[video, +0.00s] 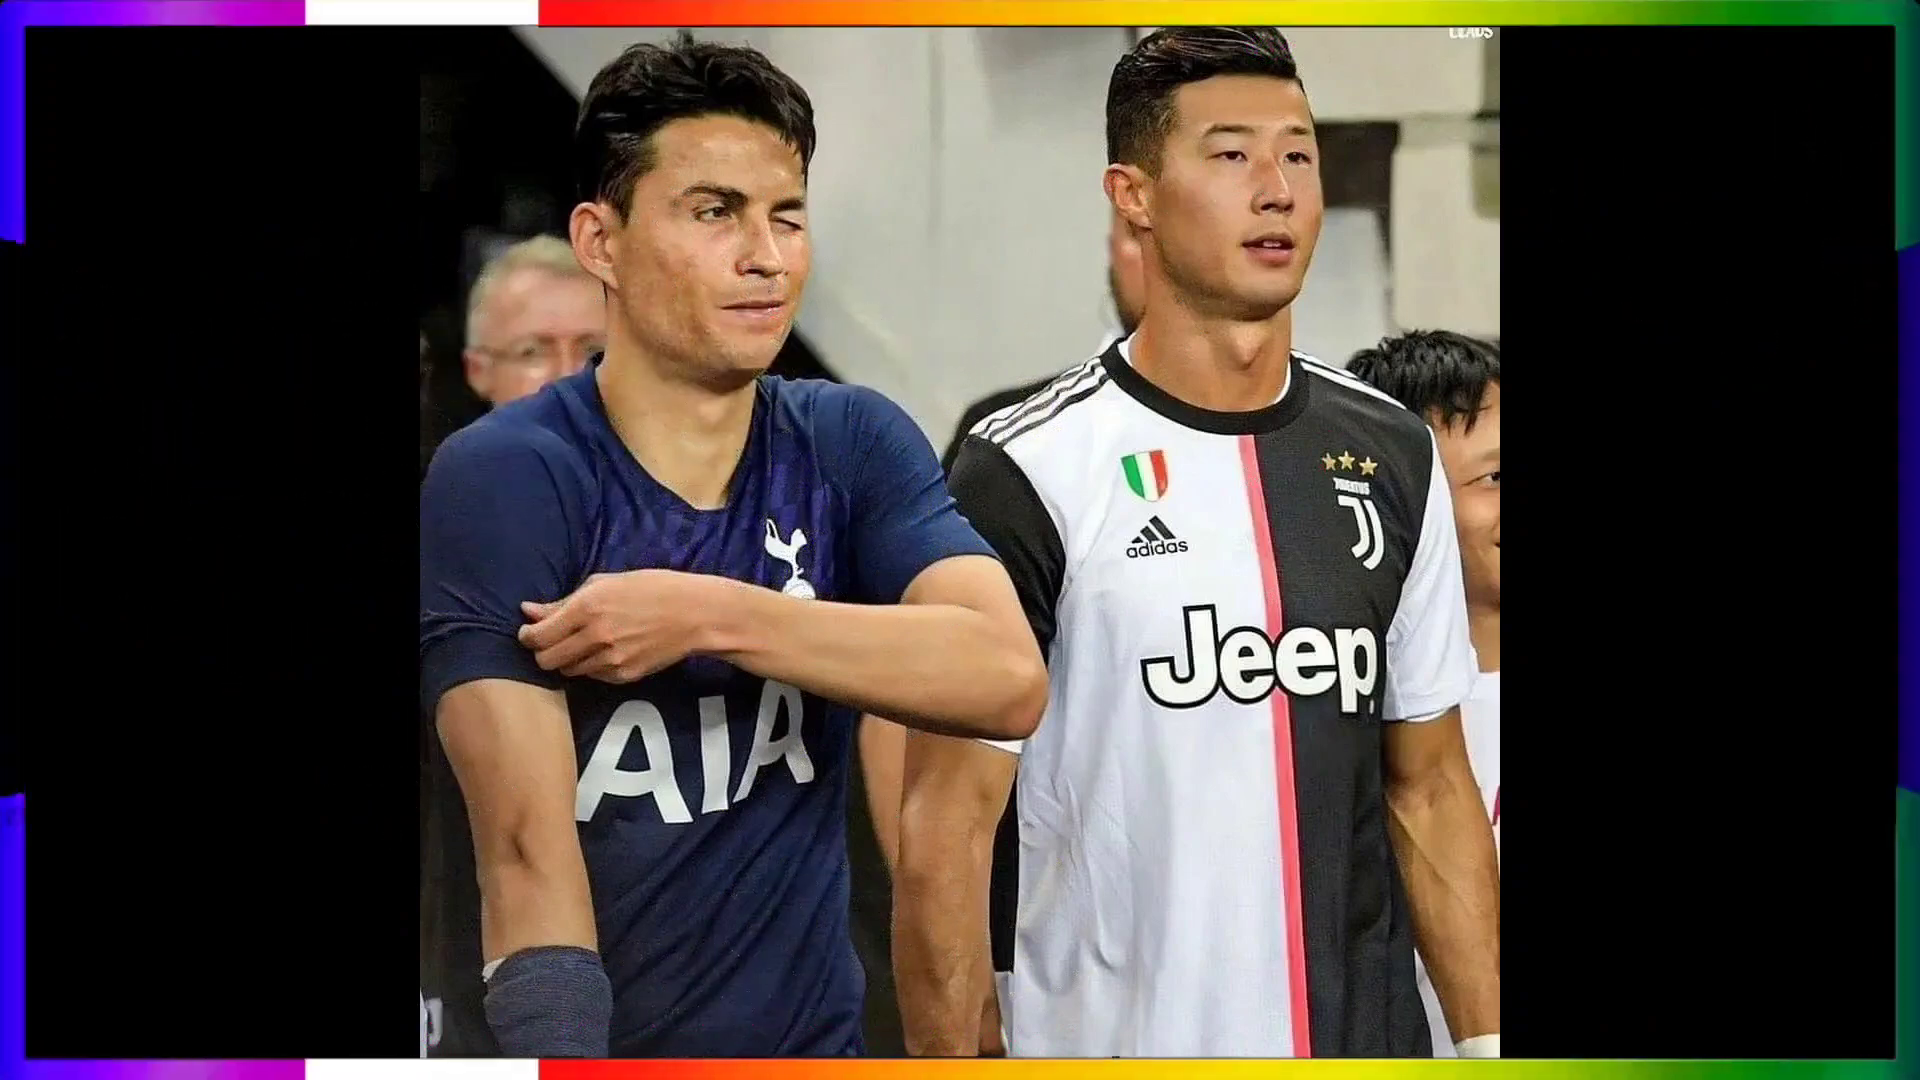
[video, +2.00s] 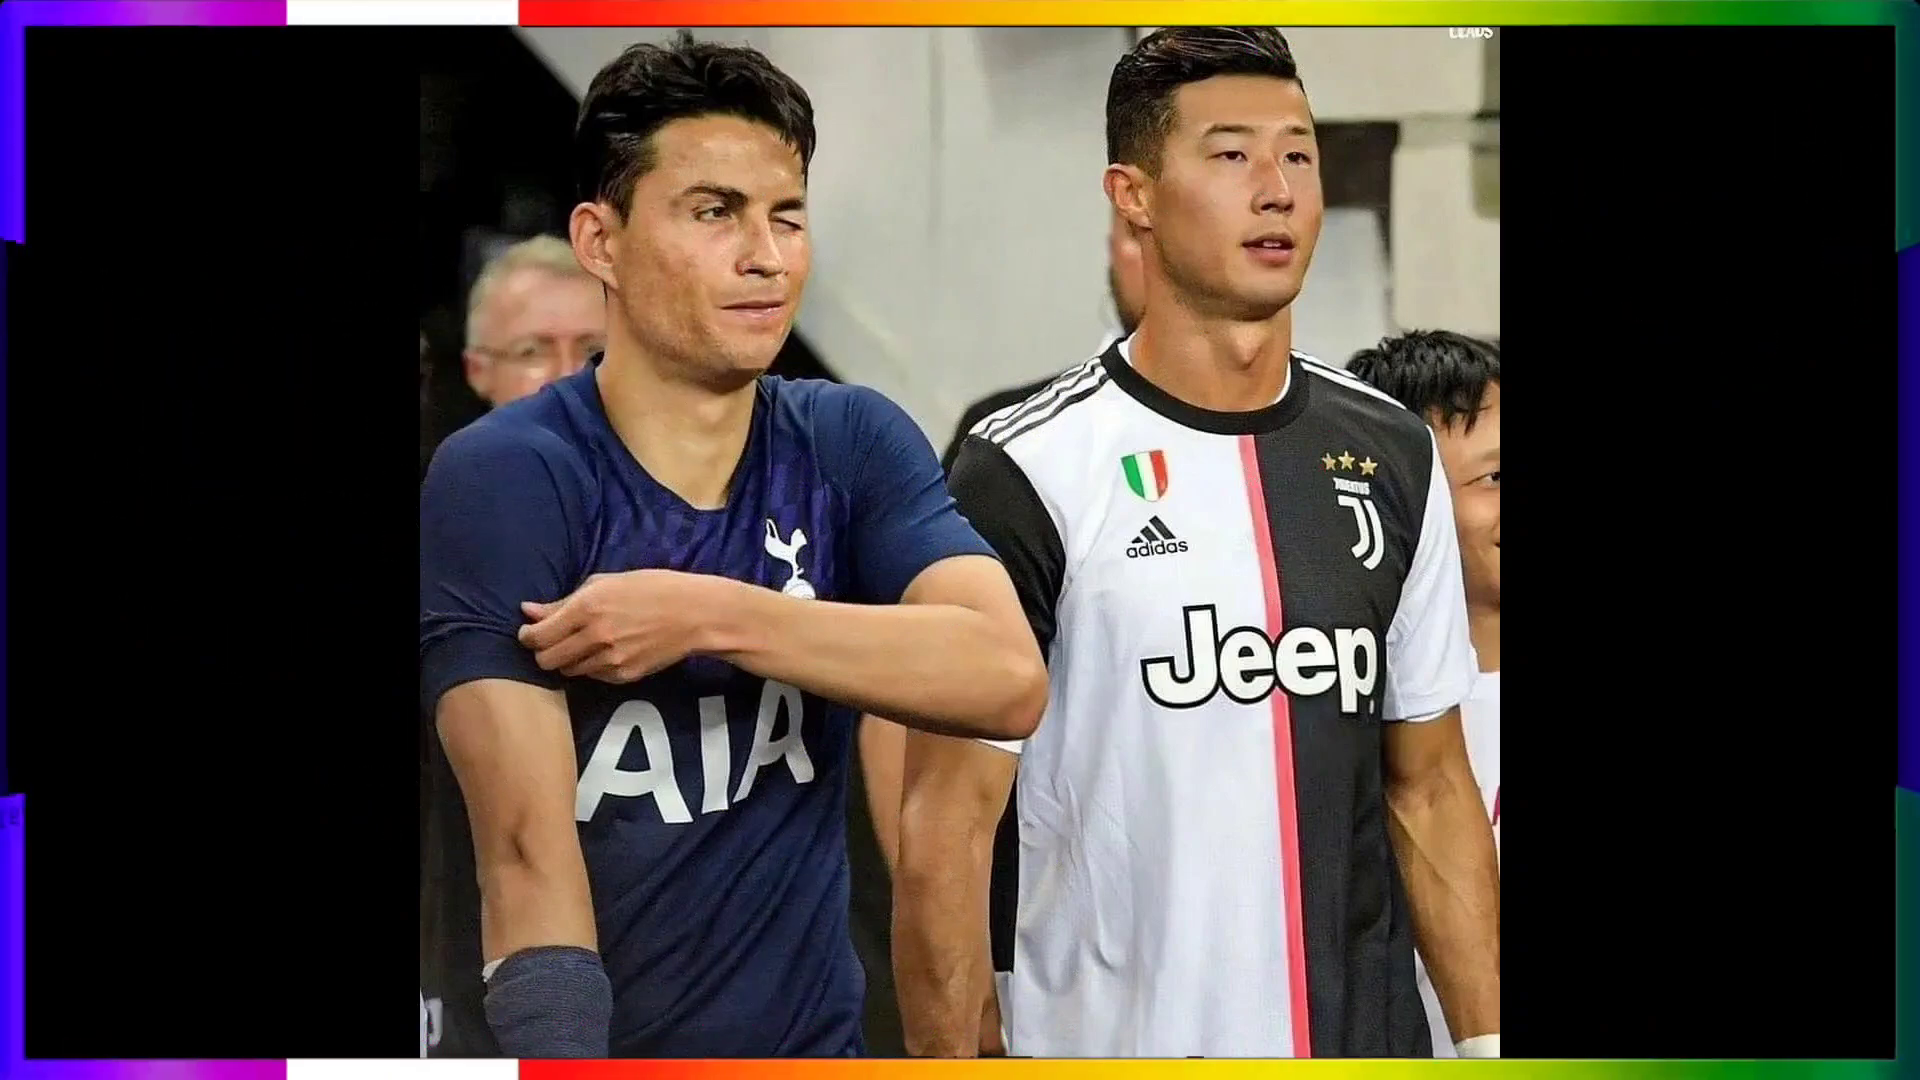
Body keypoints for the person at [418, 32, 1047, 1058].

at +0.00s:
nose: (765, 257)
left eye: (785, 217)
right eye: (712, 212)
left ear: (809, 236)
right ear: (601, 242)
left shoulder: (857, 439)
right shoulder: (500, 476)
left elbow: (1009, 680)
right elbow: (525, 850)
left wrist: (713, 613)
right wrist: (559, 1058)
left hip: (810, 1040)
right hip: (599, 1036)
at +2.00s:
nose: (765, 257)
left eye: (785, 217)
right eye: (712, 212)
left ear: (809, 235)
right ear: (601, 242)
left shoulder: (856, 439)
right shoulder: (500, 476)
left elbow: (1009, 681)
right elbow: (525, 851)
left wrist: (714, 613)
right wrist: (560, 1059)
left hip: (810, 1041)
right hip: (599, 1037)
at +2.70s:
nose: (765, 257)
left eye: (785, 217)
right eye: (712, 212)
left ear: (809, 236)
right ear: (601, 242)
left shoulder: (856, 439)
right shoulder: (499, 477)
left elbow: (1009, 680)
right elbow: (525, 851)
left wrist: (713, 613)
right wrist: (560, 1059)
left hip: (811, 1042)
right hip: (598, 1037)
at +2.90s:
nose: (766, 257)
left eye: (786, 218)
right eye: (712, 212)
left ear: (809, 237)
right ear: (601, 241)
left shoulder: (856, 439)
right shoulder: (499, 477)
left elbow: (1009, 680)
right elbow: (525, 851)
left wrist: (713, 613)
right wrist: (560, 1059)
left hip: (811, 1040)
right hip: (598, 1036)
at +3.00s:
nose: (765, 257)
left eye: (785, 217)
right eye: (712, 212)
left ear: (809, 235)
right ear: (601, 242)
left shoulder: (856, 439)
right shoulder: (500, 476)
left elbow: (1009, 681)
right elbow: (525, 850)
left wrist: (714, 613)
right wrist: (559, 1059)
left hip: (810, 1040)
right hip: (600, 1037)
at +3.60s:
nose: (766, 257)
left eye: (785, 218)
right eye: (712, 212)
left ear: (809, 237)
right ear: (601, 241)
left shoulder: (856, 439)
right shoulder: (499, 476)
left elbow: (1009, 681)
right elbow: (525, 851)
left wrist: (713, 613)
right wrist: (561, 1060)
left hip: (810, 1041)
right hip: (597, 1037)